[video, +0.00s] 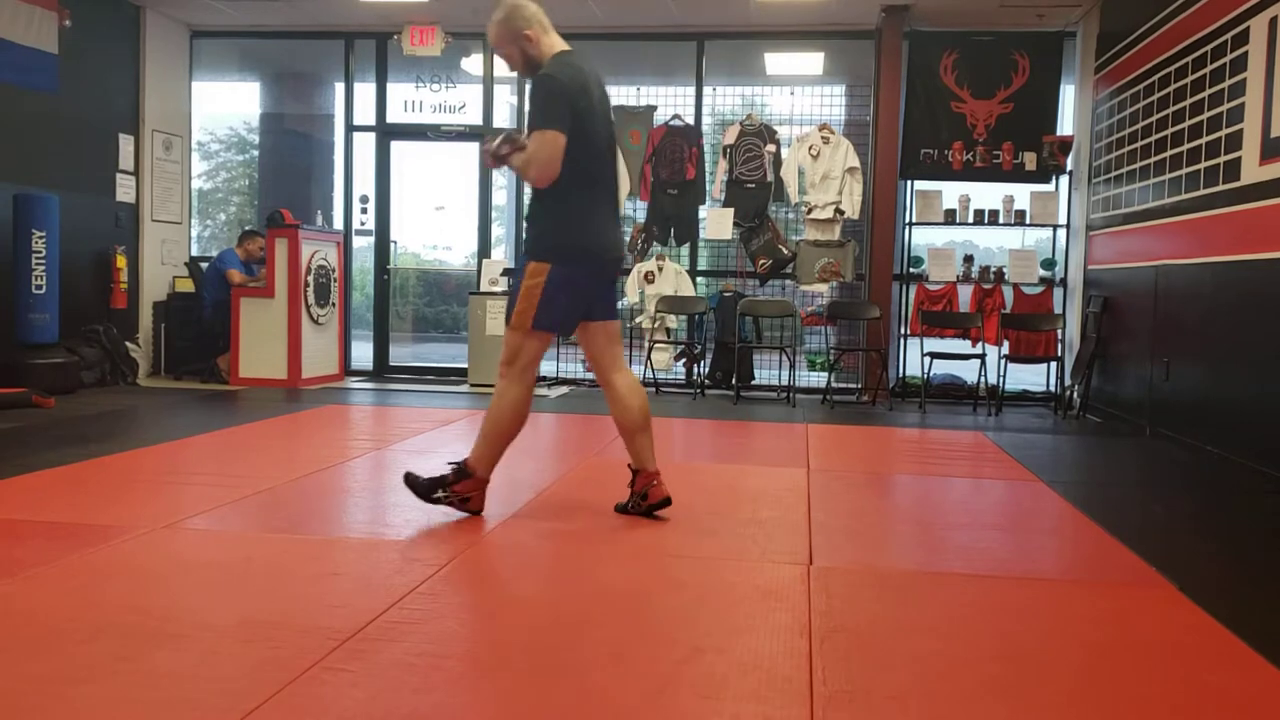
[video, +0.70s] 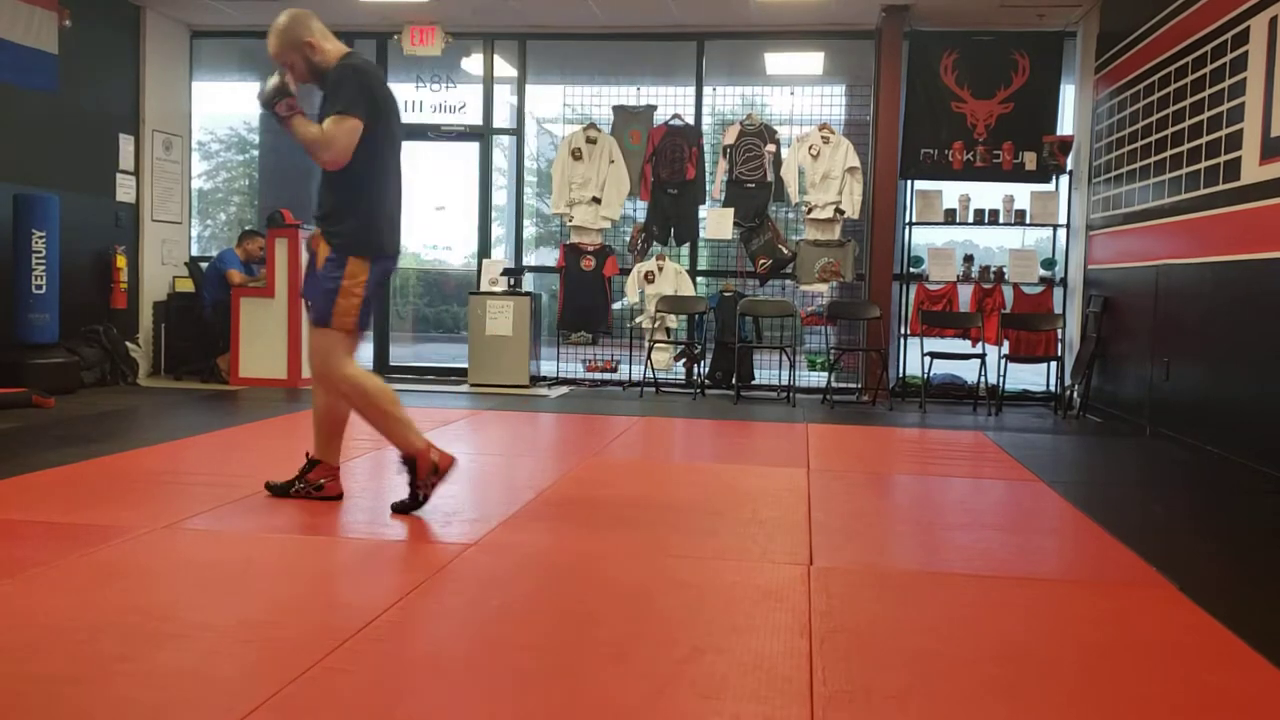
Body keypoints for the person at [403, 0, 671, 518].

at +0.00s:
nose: (511, 68)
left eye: (507, 56)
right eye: (505, 59)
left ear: (529, 38)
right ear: (540, 34)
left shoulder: (554, 80)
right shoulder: (587, 77)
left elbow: (542, 171)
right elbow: (608, 175)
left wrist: (511, 152)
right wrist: (525, 149)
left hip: (558, 251)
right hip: (599, 248)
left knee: (516, 368)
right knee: (612, 366)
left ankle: (471, 481)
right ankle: (648, 482)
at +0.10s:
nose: (473, 68)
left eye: (470, 56)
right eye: (467, 59)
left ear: (493, 36)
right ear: (502, 34)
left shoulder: (517, 83)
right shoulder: (552, 77)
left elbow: (514, 175)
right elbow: (548, 169)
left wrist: (472, 174)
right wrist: (487, 166)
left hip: (517, 253)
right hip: (562, 250)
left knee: (487, 372)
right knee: (579, 364)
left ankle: (462, 487)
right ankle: (636, 470)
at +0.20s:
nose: (438, 64)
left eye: (436, 52)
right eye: (432, 55)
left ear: (458, 33)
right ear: (471, 28)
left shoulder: (481, 75)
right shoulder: (523, 73)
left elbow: (477, 165)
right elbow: (540, 167)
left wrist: (441, 170)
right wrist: (460, 177)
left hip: (487, 242)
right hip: (526, 241)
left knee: (467, 364)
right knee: (516, 351)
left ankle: (461, 486)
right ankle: (585, 439)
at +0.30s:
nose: (408, 58)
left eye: (405, 46)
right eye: (402, 50)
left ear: (427, 26)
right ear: (441, 22)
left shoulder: (451, 68)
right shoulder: (500, 73)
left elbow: (444, 156)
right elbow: (526, 162)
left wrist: (408, 153)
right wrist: (445, 171)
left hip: (462, 241)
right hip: (492, 238)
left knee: (458, 361)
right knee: (467, 348)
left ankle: (460, 486)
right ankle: (516, 441)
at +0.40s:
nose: (385, 61)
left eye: (382, 50)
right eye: (379, 54)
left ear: (399, 30)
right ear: (415, 24)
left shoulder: (426, 67)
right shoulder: (468, 72)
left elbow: (409, 151)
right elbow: (500, 160)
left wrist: (366, 130)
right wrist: (419, 174)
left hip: (440, 241)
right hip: (456, 237)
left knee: (446, 360)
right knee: (410, 341)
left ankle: (461, 488)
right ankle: (435, 462)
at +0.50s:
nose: (356, 70)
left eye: (353, 59)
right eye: (351, 63)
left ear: (370, 37)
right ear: (383, 34)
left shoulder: (403, 71)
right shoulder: (436, 74)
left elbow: (364, 150)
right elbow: (472, 160)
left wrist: (336, 107)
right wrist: (397, 186)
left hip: (416, 243)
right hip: (415, 240)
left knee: (427, 365)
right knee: (384, 358)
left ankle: (458, 486)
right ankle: (355, 465)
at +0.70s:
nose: (292, 77)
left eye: (290, 66)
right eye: (287, 70)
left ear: (310, 46)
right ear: (314, 45)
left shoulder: (352, 73)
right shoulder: (350, 77)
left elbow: (333, 152)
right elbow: (332, 152)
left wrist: (289, 114)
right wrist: (293, 115)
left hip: (357, 242)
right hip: (345, 240)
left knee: (330, 361)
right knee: (328, 362)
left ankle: (424, 456)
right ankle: (323, 472)